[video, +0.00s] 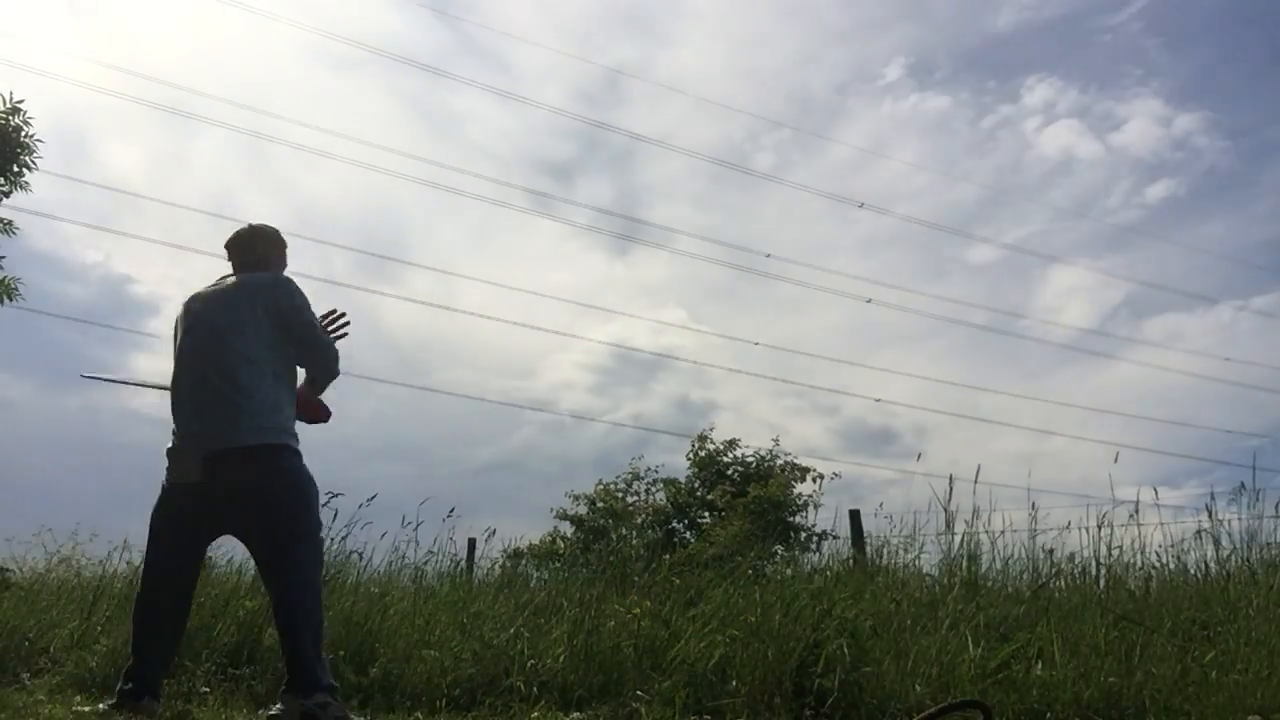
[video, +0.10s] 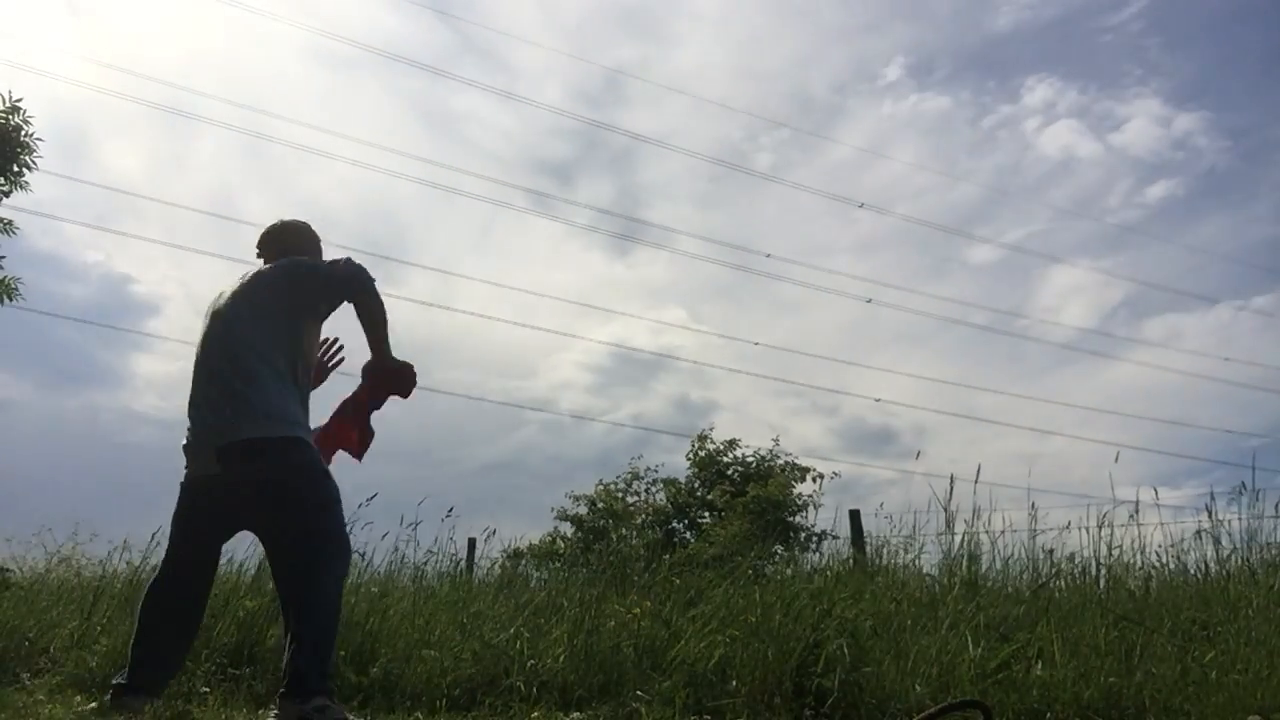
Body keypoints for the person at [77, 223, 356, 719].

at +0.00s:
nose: (284, 267)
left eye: (283, 259)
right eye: (282, 259)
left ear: (235, 259)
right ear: (271, 255)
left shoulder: (194, 305)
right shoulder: (277, 288)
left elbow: (218, 382)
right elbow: (326, 361)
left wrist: (292, 393)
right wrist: (306, 395)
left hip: (191, 473)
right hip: (270, 468)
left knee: (164, 583)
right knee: (296, 580)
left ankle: (139, 692)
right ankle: (310, 692)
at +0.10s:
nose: (320, 264)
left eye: (316, 256)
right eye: (316, 256)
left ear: (266, 254)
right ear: (305, 252)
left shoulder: (226, 306)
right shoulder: (298, 275)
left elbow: (240, 396)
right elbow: (358, 277)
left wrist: (302, 381)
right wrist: (381, 356)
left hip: (208, 468)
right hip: (280, 458)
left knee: (180, 575)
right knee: (321, 562)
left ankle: (135, 689)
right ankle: (307, 695)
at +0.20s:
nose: (342, 270)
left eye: (342, 259)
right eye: (337, 256)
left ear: (294, 246)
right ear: (316, 246)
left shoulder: (255, 302)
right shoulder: (299, 268)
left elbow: (243, 389)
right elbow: (367, 240)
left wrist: (309, 410)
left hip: (225, 454)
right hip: (284, 446)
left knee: (188, 562)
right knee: (341, 553)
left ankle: (81, 683)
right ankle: (310, 694)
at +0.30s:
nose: (362, 270)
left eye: (361, 261)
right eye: (357, 262)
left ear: (306, 256)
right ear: (335, 255)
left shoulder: (261, 311)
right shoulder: (322, 279)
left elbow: (253, 404)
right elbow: (410, 246)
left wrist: (327, 412)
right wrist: (480, 216)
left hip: (225, 469)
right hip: (289, 461)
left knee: (162, 579)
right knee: (360, 557)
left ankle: (72, 685)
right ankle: (311, 696)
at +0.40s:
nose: (359, 263)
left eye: (357, 258)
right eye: (353, 253)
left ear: (304, 253)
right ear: (331, 252)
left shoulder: (261, 315)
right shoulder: (316, 274)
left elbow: (273, 409)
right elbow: (399, 242)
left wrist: (343, 389)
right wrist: (490, 243)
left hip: (223, 471)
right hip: (284, 460)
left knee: (166, 585)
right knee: (360, 560)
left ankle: (70, 695)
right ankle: (314, 699)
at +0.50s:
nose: (342, 261)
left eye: (342, 251)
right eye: (338, 251)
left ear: (296, 244)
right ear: (314, 246)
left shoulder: (265, 318)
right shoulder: (291, 279)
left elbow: (319, 393)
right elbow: (376, 254)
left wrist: (333, 360)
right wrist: (458, 283)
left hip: (220, 463)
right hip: (276, 454)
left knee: (178, 584)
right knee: (350, 557)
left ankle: (75, 695)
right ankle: (314, 696)